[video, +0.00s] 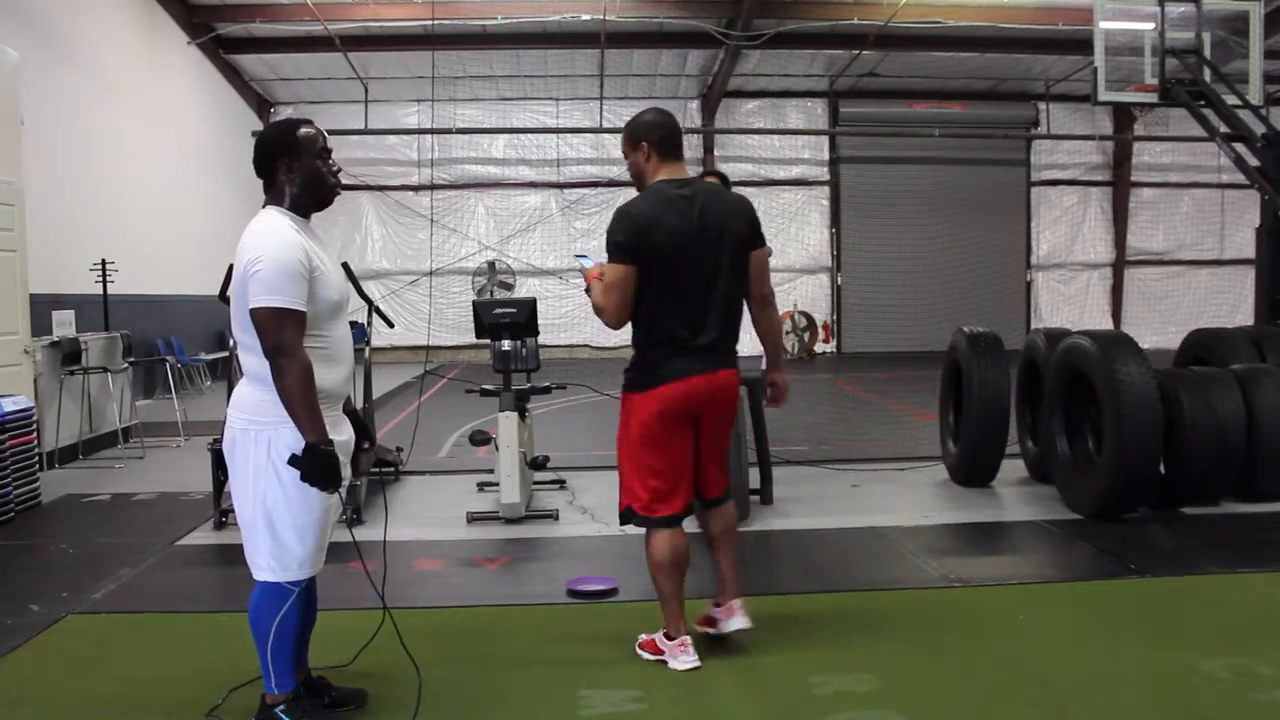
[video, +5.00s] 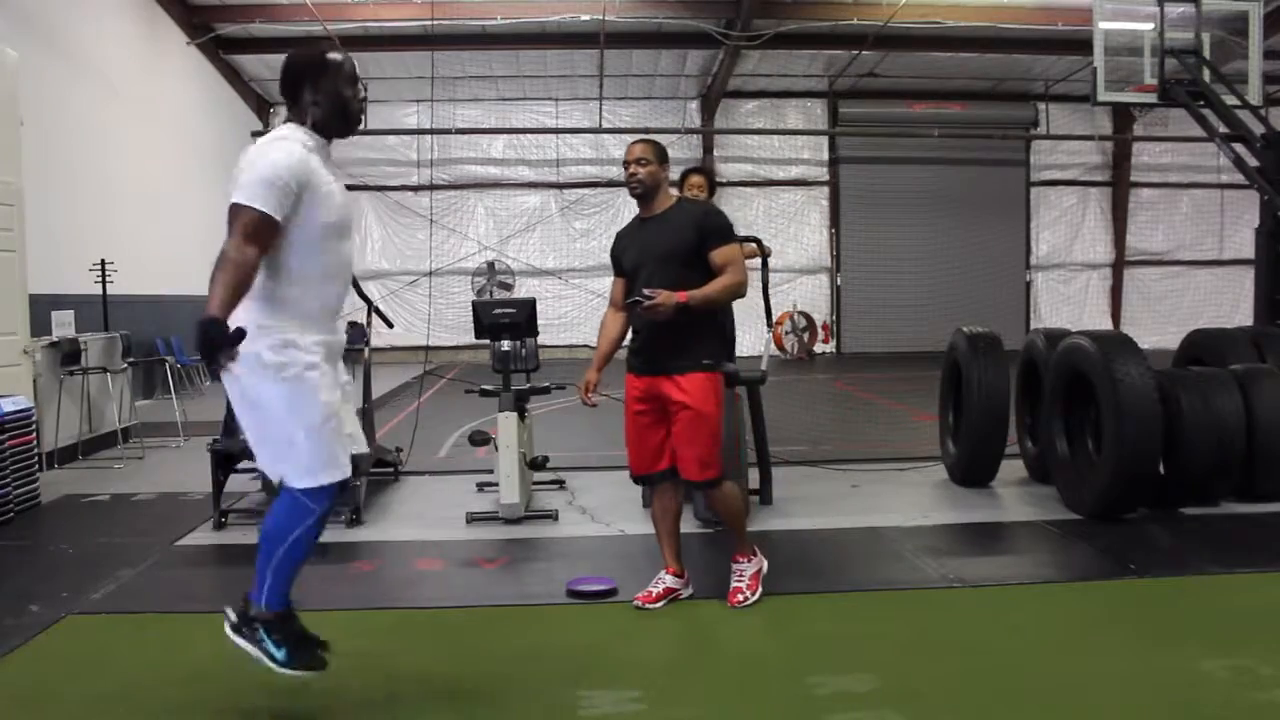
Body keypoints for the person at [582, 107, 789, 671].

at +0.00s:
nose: (627, 167)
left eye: (626, 157)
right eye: (626, 157)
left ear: (642, 152)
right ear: (678, 149)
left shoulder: (634, 216)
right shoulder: (735, 206)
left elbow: (615, 314)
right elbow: (761, 295)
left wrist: (596, 284)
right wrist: (775, 365)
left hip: (658, 389)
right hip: (720, 382)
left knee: (663, 517)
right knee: (715, 495)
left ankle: (676, 638)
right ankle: (730, 603)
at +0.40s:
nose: (619, 174)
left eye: (621, 165)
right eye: (619, 165)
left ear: (639, 164)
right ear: (668, 162)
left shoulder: (629, 221)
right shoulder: (714, 222)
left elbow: (608, 309)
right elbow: (722, 306)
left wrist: (577, 290)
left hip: (640, 382)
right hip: (695, 376)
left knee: (648, 505)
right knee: (667, 495)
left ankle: (677, 634)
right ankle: (654, 592)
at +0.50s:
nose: (618, 175)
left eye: (621, 166)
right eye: (617, 166)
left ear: (642, 163)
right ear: (663, 163)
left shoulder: (630, 219)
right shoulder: (706, 218)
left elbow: (614, 303)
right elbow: (719, 287)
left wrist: (577, 287)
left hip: (637, 384)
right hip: (688, 376)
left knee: (641, 501)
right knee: (660, 494)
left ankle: (674, 628)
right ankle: (651, 593)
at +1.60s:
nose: (627, 173)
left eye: (637, 164)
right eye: (625, 164)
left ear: (668, 163)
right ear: (635, 166)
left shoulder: (696, 222)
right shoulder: (652, 217)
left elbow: (694, 303)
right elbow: (650, 295)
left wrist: (622, 286)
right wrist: (614, 286)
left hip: (675, 381)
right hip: (635, 378)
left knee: (672, 491)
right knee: (624, 478)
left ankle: (681, 603)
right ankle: (653, 582)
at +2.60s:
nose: (641, 165)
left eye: (651, 158)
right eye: (636, 159)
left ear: (672, 167)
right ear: (630, 170)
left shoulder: (704, 219)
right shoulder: (624, 233)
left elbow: (733, 290)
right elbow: (614, 306)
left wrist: (675, 288)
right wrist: (597, 369)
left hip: (688, 375)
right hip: (638, 376)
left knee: (683, 486)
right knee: (649, 483)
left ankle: (682, 603)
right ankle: (674, 575)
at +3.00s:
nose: (646, 167)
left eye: (656, 160)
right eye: (642, 161)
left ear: (681, 168)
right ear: (639, 172)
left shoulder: (715, 217)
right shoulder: (639, 238)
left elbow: (745, 283)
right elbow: (635, 309)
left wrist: (684, 288)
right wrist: (625, 373)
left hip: (709, 369)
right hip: (658, 371)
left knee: (714, 473)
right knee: (666, 475)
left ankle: (747, 566)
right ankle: (675, 573)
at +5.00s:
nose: (632, 171)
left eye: (641, 163)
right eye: (627, 165)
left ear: (665, 169)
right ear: (624, 175)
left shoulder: (703, 217)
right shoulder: (626, 238)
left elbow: (737, 278)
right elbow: (618, 308)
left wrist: (683, 298)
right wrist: (596, 365)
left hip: (698, 369)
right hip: (646, 372)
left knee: (702, 474)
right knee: (659, 474)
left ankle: (747, 556)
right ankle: (673, 573)